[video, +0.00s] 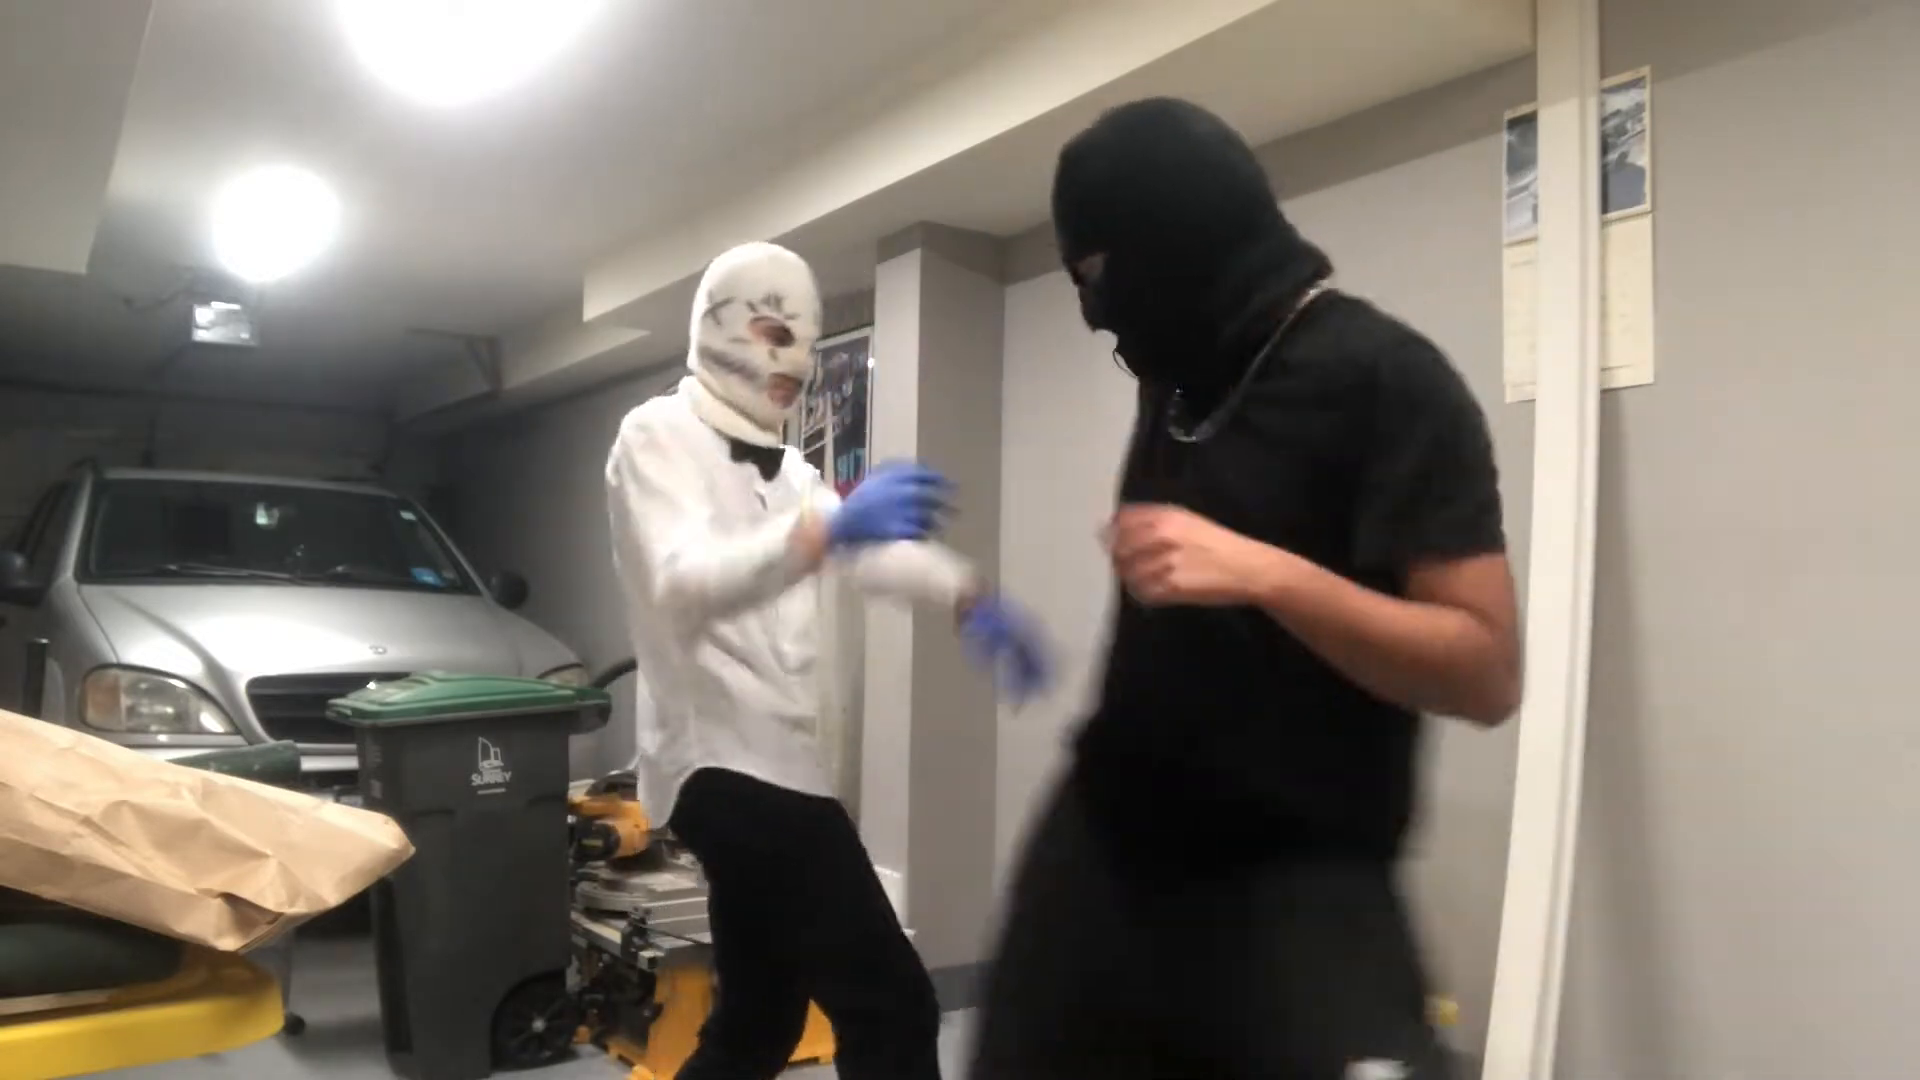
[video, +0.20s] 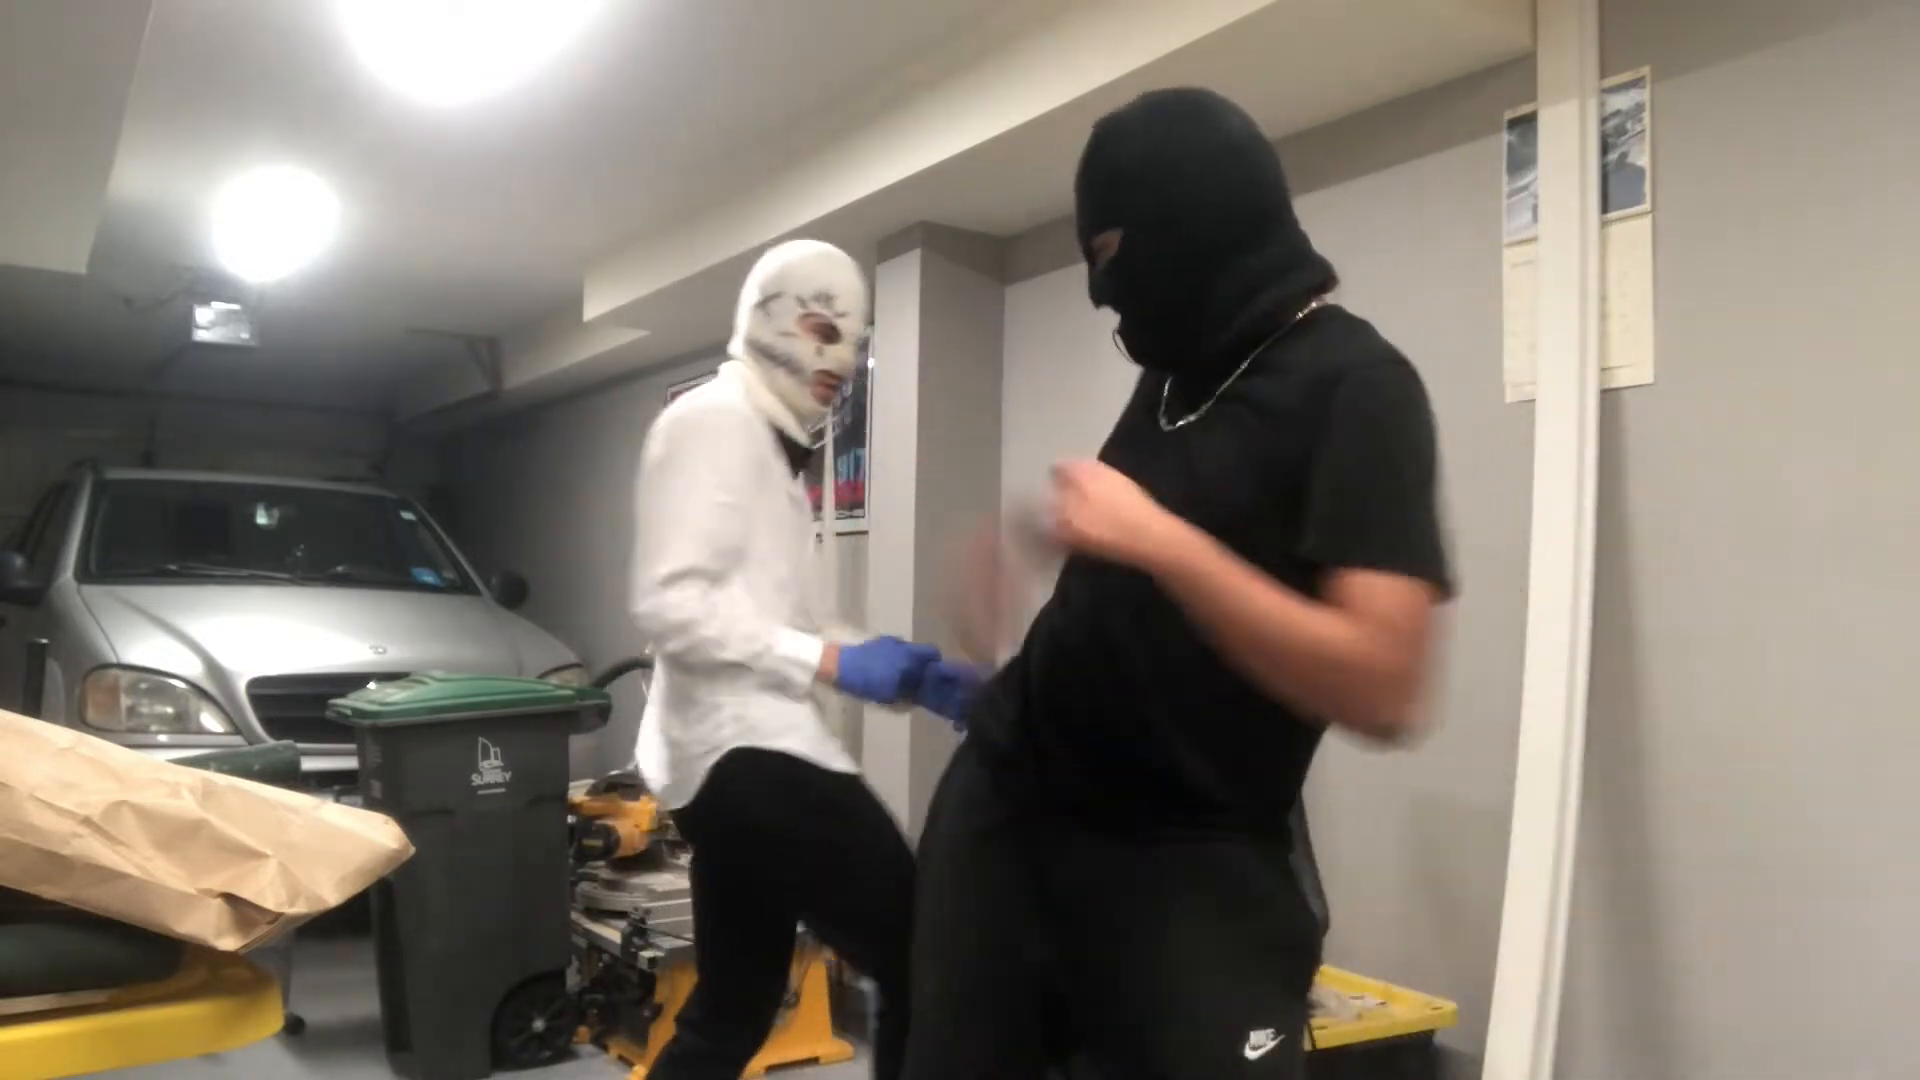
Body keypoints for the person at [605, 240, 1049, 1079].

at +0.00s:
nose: (785, 341)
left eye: (798, 328)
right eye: (764, 318)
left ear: (806, 347)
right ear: (712, 324)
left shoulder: (791, 472)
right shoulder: (659, 433)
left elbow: (863, 554)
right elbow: (679, 585)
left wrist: (966, 593)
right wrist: (823, 531)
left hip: (788, 767)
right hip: (725, 767)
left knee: (754, 1024)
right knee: (892, 1008)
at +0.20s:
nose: (838, 361)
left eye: (851, 341)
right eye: (820, 332)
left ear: (858, 346)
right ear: (765, 322)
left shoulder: (770, 446)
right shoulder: (709, 420)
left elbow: (799, 620)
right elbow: (669, 603)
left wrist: (912, 674)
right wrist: (827, 659)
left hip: (764, 745)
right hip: (739, 748)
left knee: (732, 1011)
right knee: (917, 952)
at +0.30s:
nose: (878, 375)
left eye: (881, 356)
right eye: (872, 350)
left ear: (807, 334)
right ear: (830, 334)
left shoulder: (775, 428)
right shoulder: (756, 420)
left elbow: (792, 618)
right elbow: (736, 578)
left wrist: (921, 694)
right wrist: (882, 665)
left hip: (738, 759)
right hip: (769, 744)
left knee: (726, 1013)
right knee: (953, 964)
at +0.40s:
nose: (907, 403)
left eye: (913, 384)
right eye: (903, 378)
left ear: (823, 360)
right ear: (873, 362)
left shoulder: (732, 465)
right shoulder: (839, 434)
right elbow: (822, 594)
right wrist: (942, 697)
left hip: (740, 783)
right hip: (839, 772)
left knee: (724, 1021)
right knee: (961, 1003)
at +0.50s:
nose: (963, 426)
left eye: (964, 412)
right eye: (959, 411)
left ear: (858, 401)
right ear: (939, 406)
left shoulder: (766, 494)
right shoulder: (935, 468)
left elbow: (706, 657)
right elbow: (957, 637)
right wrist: (1021, 724)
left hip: (772, 814)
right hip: (909, 806)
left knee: (735, 1021)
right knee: (988, 1014)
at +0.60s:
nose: (979, 469)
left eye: (980, 461)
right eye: (976, 459)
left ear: (869, 444)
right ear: (960, 450)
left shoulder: (774, 545)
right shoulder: (960, 488)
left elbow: (755, 714)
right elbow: (1021, 619)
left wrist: (785, 794)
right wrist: (1108, 722)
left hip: (842, 827)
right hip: (992, 811)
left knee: (764, 1029)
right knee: (1031, 1015)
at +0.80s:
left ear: (852, 529)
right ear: (930, 502)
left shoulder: (791, 622)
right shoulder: (962, 522)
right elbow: (1073, 590)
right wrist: (1194, 663)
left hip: (947, 829)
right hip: (1093, 790)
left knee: (869, 1056)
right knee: (1081, 1034)